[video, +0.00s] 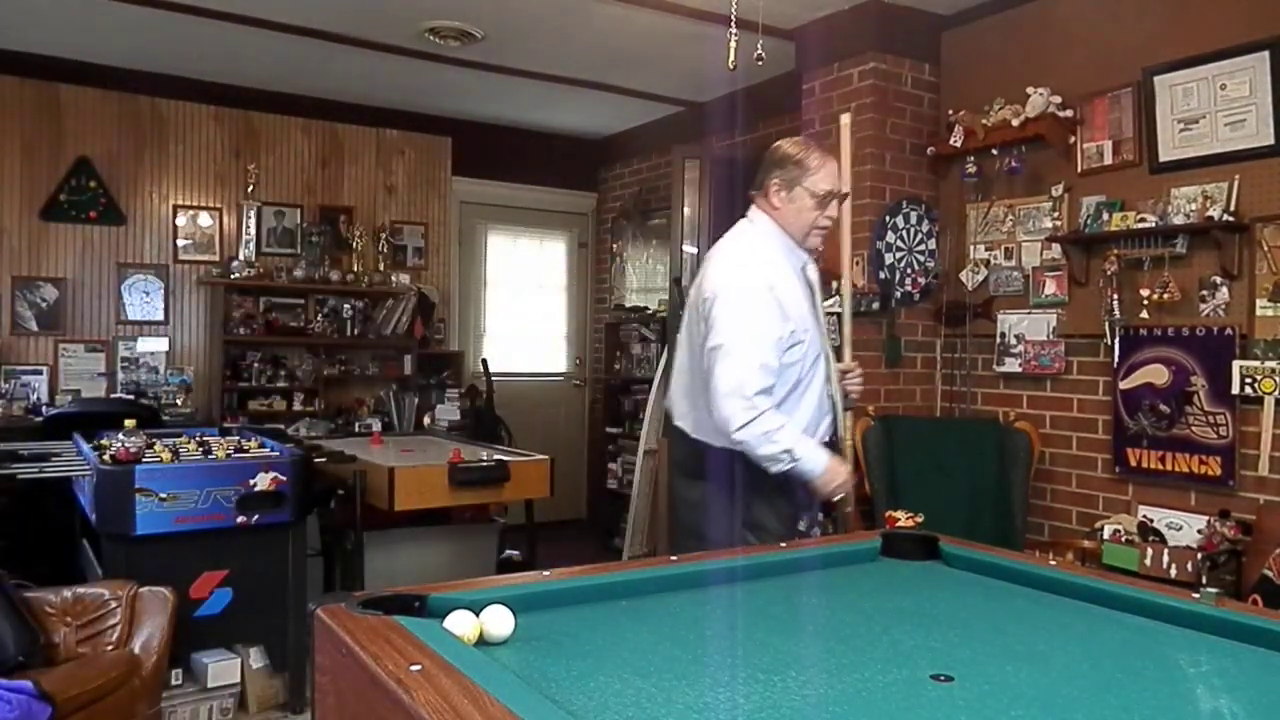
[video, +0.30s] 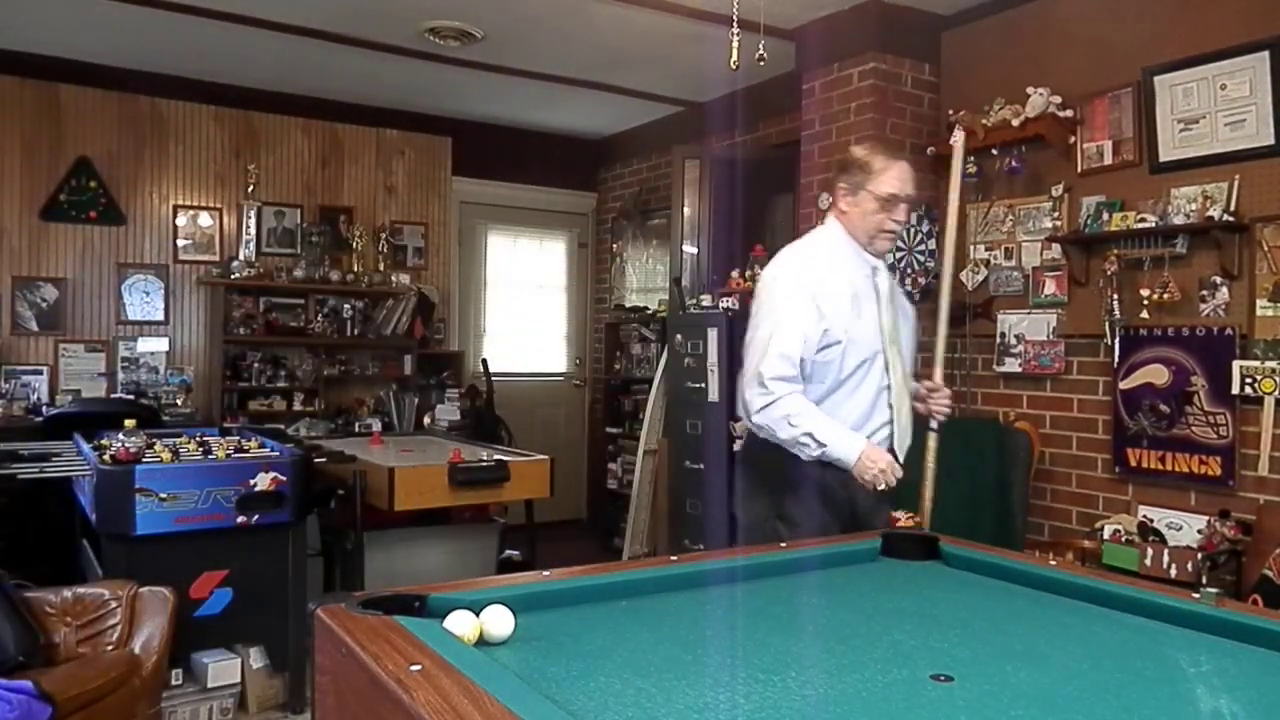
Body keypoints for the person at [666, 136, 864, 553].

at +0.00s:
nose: (833, 214)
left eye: (838, 200)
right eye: (823, 199)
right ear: (777, 194)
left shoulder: (784, 257)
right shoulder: (746, 266)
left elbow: (774, 367)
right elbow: (740, 407)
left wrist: (829, 380)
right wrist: (817, 464)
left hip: (767, 461)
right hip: (731, 468)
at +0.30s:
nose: (901, 218)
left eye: (908, 206)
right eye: (888, 202)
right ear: (844, 197)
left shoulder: (882, 281)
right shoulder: (797, 272)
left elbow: (858, 379)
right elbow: (766, 398)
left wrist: (911, 394)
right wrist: (855, 452)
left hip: (863, 481)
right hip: (795, 479)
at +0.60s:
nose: (993, 225)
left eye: (1004, 217)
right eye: (983, 207)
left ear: (1010, 223)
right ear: (943, 196)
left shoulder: (990, 301)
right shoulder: (873, 267)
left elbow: (996, 380)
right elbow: (807, 370)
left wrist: (1004, 412)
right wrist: (865, 437)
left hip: (938, 488)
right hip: (854, 480)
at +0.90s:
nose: (1039, 234)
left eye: (1052, 221)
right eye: (1028, 214)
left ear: (1058, 225)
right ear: (988, 202)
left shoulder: (1043, 299)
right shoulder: (918, 272)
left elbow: (1051, 382)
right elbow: (861, 379)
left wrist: (1056, 417)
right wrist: (931, 444)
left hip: (990, 491)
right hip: (900, 484)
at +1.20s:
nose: (1068, 256)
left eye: (1078, 239)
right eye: (1052, 238)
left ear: (1086, 232)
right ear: (1007, 226)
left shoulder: (1066, 287)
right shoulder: (960, 303)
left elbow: (1071, 375)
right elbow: (980, 448)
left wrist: (1091, 406)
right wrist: (1080, 513)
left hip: (1026, 495)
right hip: (945, 499)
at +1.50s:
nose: (1089, 250)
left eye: (1099, 231)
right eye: (1071, 233)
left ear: (1107, 221)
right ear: (1022, 223)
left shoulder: (1085, 277)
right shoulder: (989, 306)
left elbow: (1099, 363)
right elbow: (1049, 452)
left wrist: (1121, 392)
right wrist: (1156, 544)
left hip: (1045, 501)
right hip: (967, 505)